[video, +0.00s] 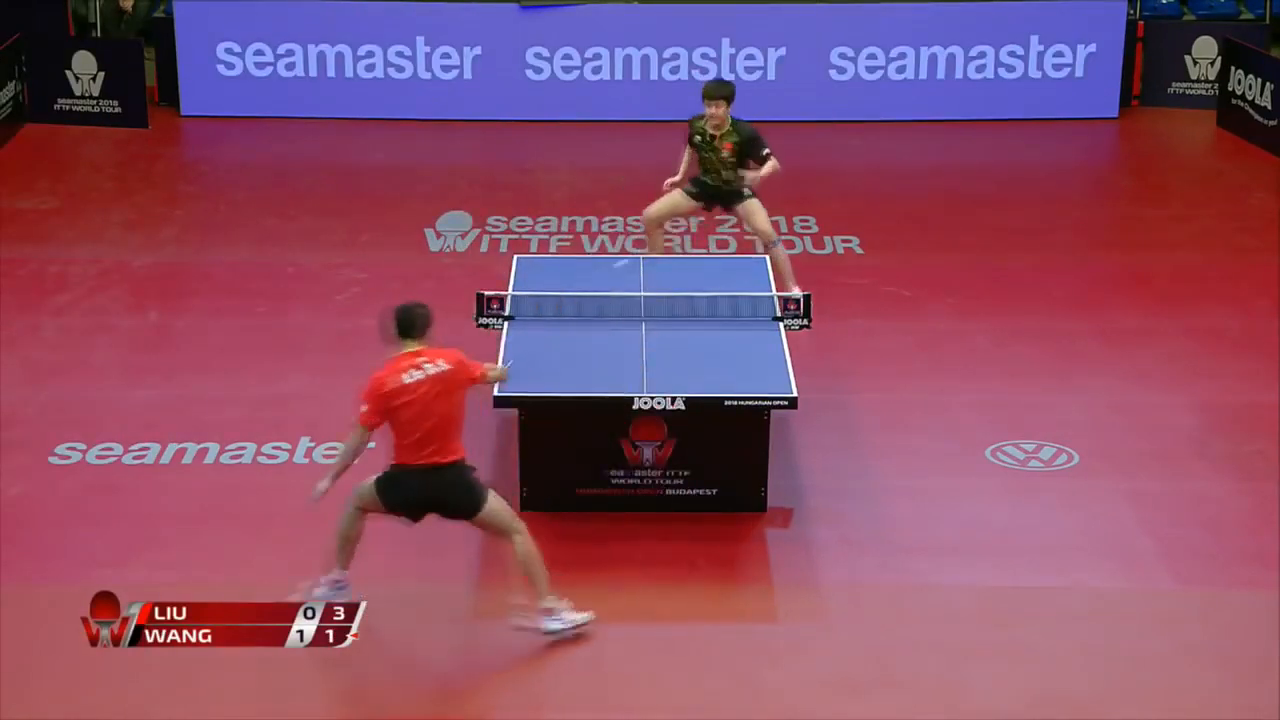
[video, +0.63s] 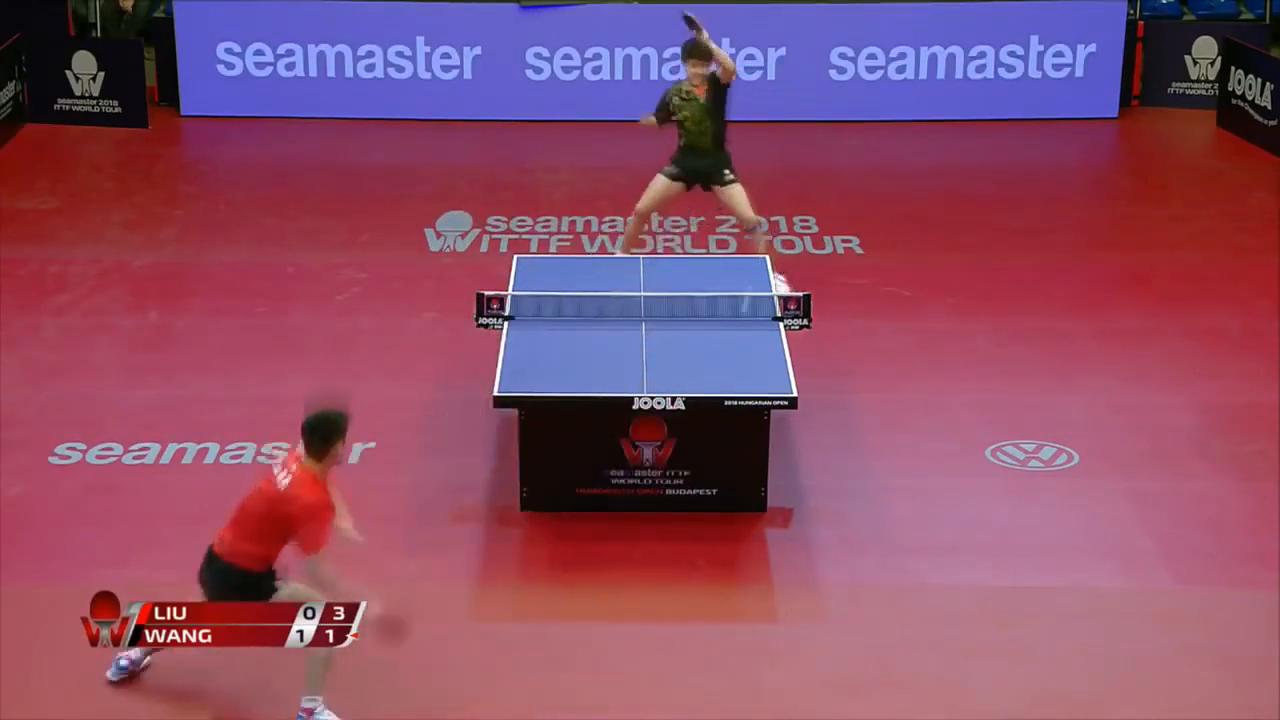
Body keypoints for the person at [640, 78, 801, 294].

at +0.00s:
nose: (713, 111)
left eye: (718, 106)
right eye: (709, 106)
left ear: (728, 107)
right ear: (704, 106)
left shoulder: (743, 132)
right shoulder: (696, 126)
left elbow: (772, 163)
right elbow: (690, 148)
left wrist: (758, 175)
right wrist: (680, 175)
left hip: (736, 191)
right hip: (703, 188)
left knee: (766, 232)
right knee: (651, 217)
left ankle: (791, 290)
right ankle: (655, 274)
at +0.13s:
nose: (711, 122)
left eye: (716, 117)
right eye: (708, 117)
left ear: (725, 118)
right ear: (702, 116)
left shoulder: (736, 142)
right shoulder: (685, 138)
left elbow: (753, 167)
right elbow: (670, 162)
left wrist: (754, 193)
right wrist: (684, 185)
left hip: (724, 197)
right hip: (692, 194)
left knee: (753, 237)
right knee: (642, 243)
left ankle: (774, 277)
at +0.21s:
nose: (729, 131)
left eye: (733, 125)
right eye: (723, 125)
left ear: (738, 127)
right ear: (712, 125)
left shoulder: (735, 148)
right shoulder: (697, 148)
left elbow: (730, 183)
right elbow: (685, 190)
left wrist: (752, 207)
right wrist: (733, 191)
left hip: (716, 203)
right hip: (684, 204)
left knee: (755, 234)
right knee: (641, 249)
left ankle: (771, 279)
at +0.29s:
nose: (742, 124)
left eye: (746, 119)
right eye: (738, 117)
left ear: (749, 122)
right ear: (724, 116)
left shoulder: (738, 144)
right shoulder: (707, 142)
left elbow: (725, 172)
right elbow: (696, 177)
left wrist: (744, 180)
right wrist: (737, 184)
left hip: (718, 201)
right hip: (688, 203)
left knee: (763, 228)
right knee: (645, 250)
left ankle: (771, 278)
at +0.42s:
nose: (732, 102)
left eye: (735, 97)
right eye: (727, 96)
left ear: (738, 98)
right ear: (713, 95)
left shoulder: (740, 119)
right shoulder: (695, 119)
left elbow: (776, 125)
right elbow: (682, 156)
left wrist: (812, 139)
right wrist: (705, 127)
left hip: (730, 191)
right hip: (697, 191)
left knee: (769, 231)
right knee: (651, 241)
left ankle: (777, 277)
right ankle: (627, 284)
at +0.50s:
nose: (724, 87)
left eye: (726, 81)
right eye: (718, 82)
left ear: (731, 83)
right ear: (706, 83)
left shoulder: (734, 104)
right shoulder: (693, 108)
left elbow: (744, 78)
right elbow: (667, 141)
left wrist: (711, 57)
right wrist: (687, 120)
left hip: (727, 180)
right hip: (695, 179)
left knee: (764, 228)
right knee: (650, 224)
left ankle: (775, 278)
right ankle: (639, 273)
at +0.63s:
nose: (698, 69)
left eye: (702, 64)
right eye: (694, 63)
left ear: (708, 65)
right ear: (684, 65)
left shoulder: (717, 85)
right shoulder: (675, 92)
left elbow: (729, 68)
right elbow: (660, 118)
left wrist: (707, 41)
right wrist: (644, 120)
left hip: (717, 163)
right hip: (684, 162)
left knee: (751, 221)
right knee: (641, 210)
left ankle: (769, 275)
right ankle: (620, 259)